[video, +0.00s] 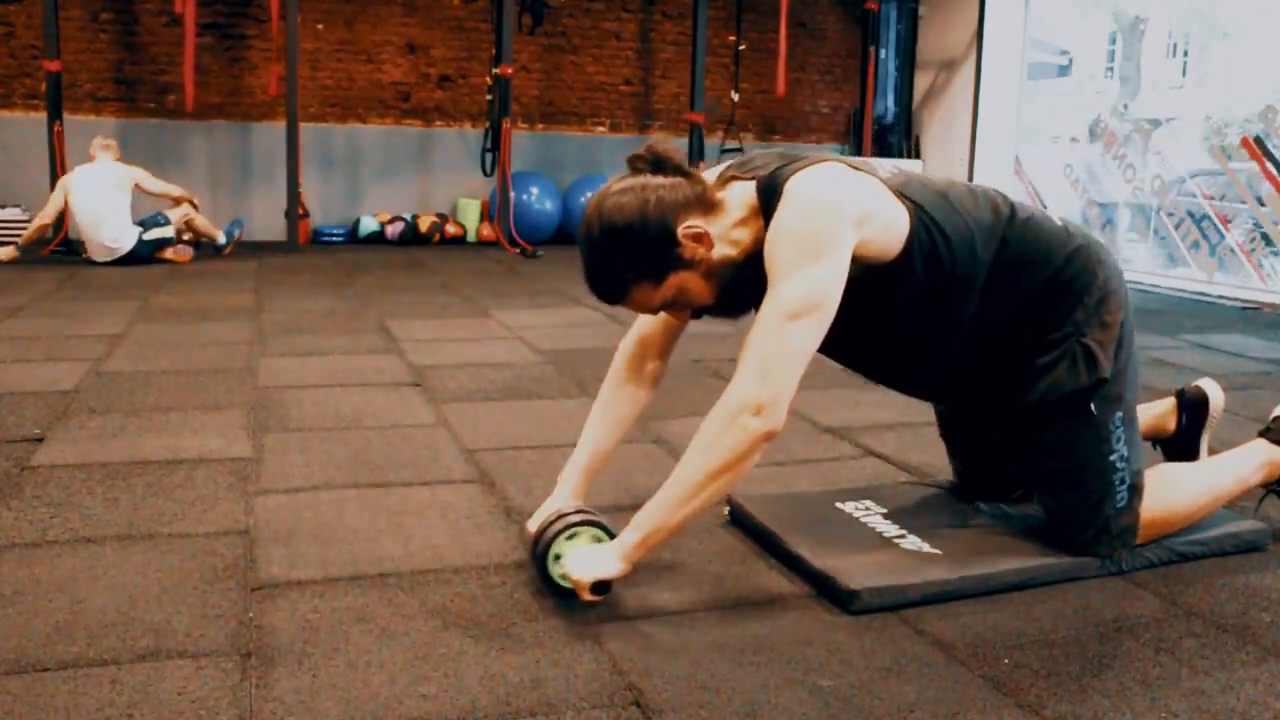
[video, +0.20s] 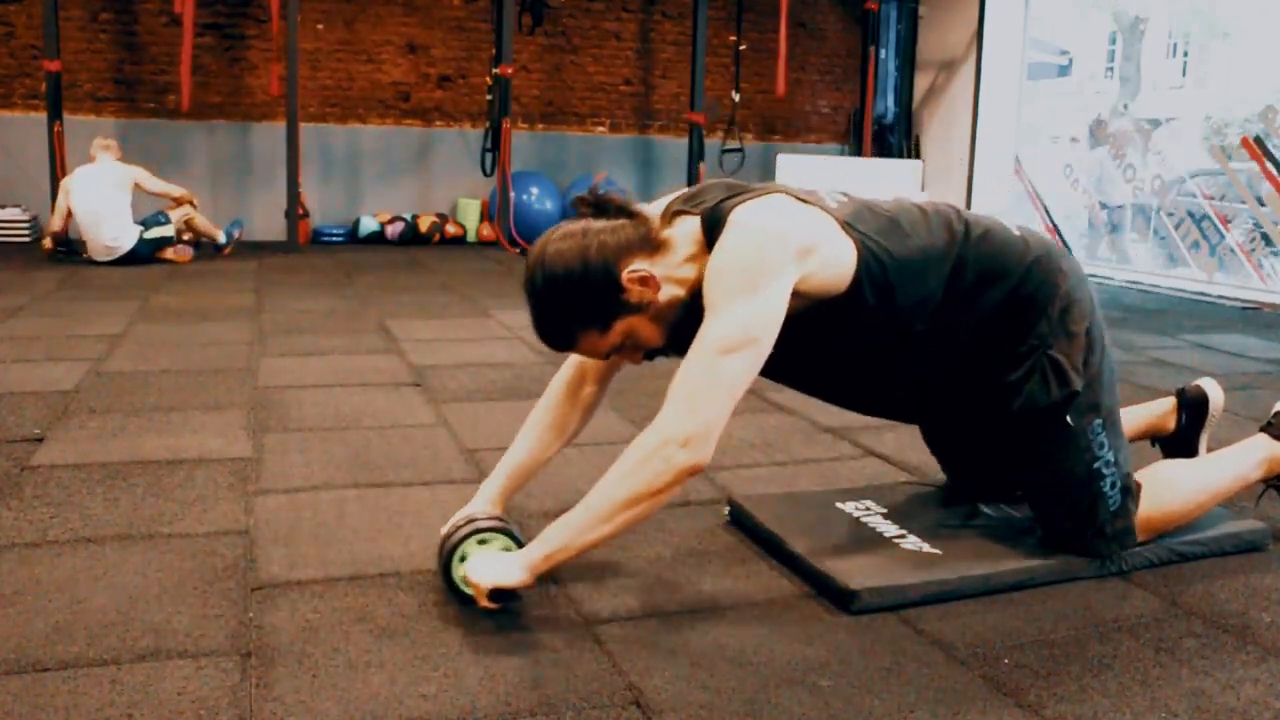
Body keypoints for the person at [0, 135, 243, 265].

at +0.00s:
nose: (111, 148)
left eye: (106, 147)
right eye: (112, 148)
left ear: (90, 155)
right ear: (116, 155)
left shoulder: (70, 178)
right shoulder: (127, 170)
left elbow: (44, 221)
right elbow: (172, 193)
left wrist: (16, 248)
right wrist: (192, 199)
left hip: (96, 256)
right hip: (129, 248)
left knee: (140, 235)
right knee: (184, 210)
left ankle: (169, 252)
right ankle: (222, 238)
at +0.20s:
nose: (115, 158)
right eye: (117, 154)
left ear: (90, 156)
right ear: (118, 155)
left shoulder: (70, 180)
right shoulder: (129, 171)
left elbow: (56, 227)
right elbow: (177, 194)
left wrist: (49, 238)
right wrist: (191, 200)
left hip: (97, 256)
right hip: (130, 247)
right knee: (186, 210)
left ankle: (170, 251)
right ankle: (222, 238)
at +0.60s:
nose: (123, 158)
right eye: (124, 154)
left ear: (96, 154)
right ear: (123, 154)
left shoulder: (75, 178)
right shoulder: (129, 172)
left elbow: (72, 225)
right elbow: (174, 196)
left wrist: (78, 242)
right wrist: (187, 203)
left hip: (97, 256)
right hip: (129, 247)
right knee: (186, 211)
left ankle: (168, 252)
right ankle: (226, 240)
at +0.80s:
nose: (126, 159)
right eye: (126, 155)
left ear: (99, 154)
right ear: (124, 154)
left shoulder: (77, 177)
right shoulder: (131, 171)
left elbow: (63, 222)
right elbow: (181, 197)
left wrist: (82, 203)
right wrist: (191, 201)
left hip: (98, 255)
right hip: (128, 248)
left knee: (147, 246)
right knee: (188, 211)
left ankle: (171, 252)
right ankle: (226, 240)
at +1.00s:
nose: (125, 155)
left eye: (119, 151)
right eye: (125, 152)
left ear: (101, 155)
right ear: (125, 155)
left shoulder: (78, 175)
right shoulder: (133, 171)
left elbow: (49, 216)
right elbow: (176, 194)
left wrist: (34, 234)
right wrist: (193, 200)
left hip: (99, 255)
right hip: (131, 247)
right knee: (188, 211)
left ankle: (173, 250)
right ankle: (226, 239)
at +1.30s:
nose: (121, 149)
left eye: (115, 146)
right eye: (121, 147)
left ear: (94, 153)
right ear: (120, 152)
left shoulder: (75, 173)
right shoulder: (128, 169)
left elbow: (37, 205)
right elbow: (175, 194)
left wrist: (19, 202)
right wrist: (189, 201)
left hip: (98, 254)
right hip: (129, 245)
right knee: (186, 210)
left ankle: (172, 249)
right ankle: (225, 240)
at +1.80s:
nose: (108, 153)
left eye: (99, 150)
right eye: (113, 151)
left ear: (89, 153)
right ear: (116, 152)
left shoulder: (70, 176)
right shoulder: (125, 170)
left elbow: (43, 219)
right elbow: (175, 193)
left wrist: (34, 231)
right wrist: (184, 199)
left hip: (100, 256)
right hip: (130, 245)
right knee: (184, 208)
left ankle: (172, 250)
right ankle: (224, 239)